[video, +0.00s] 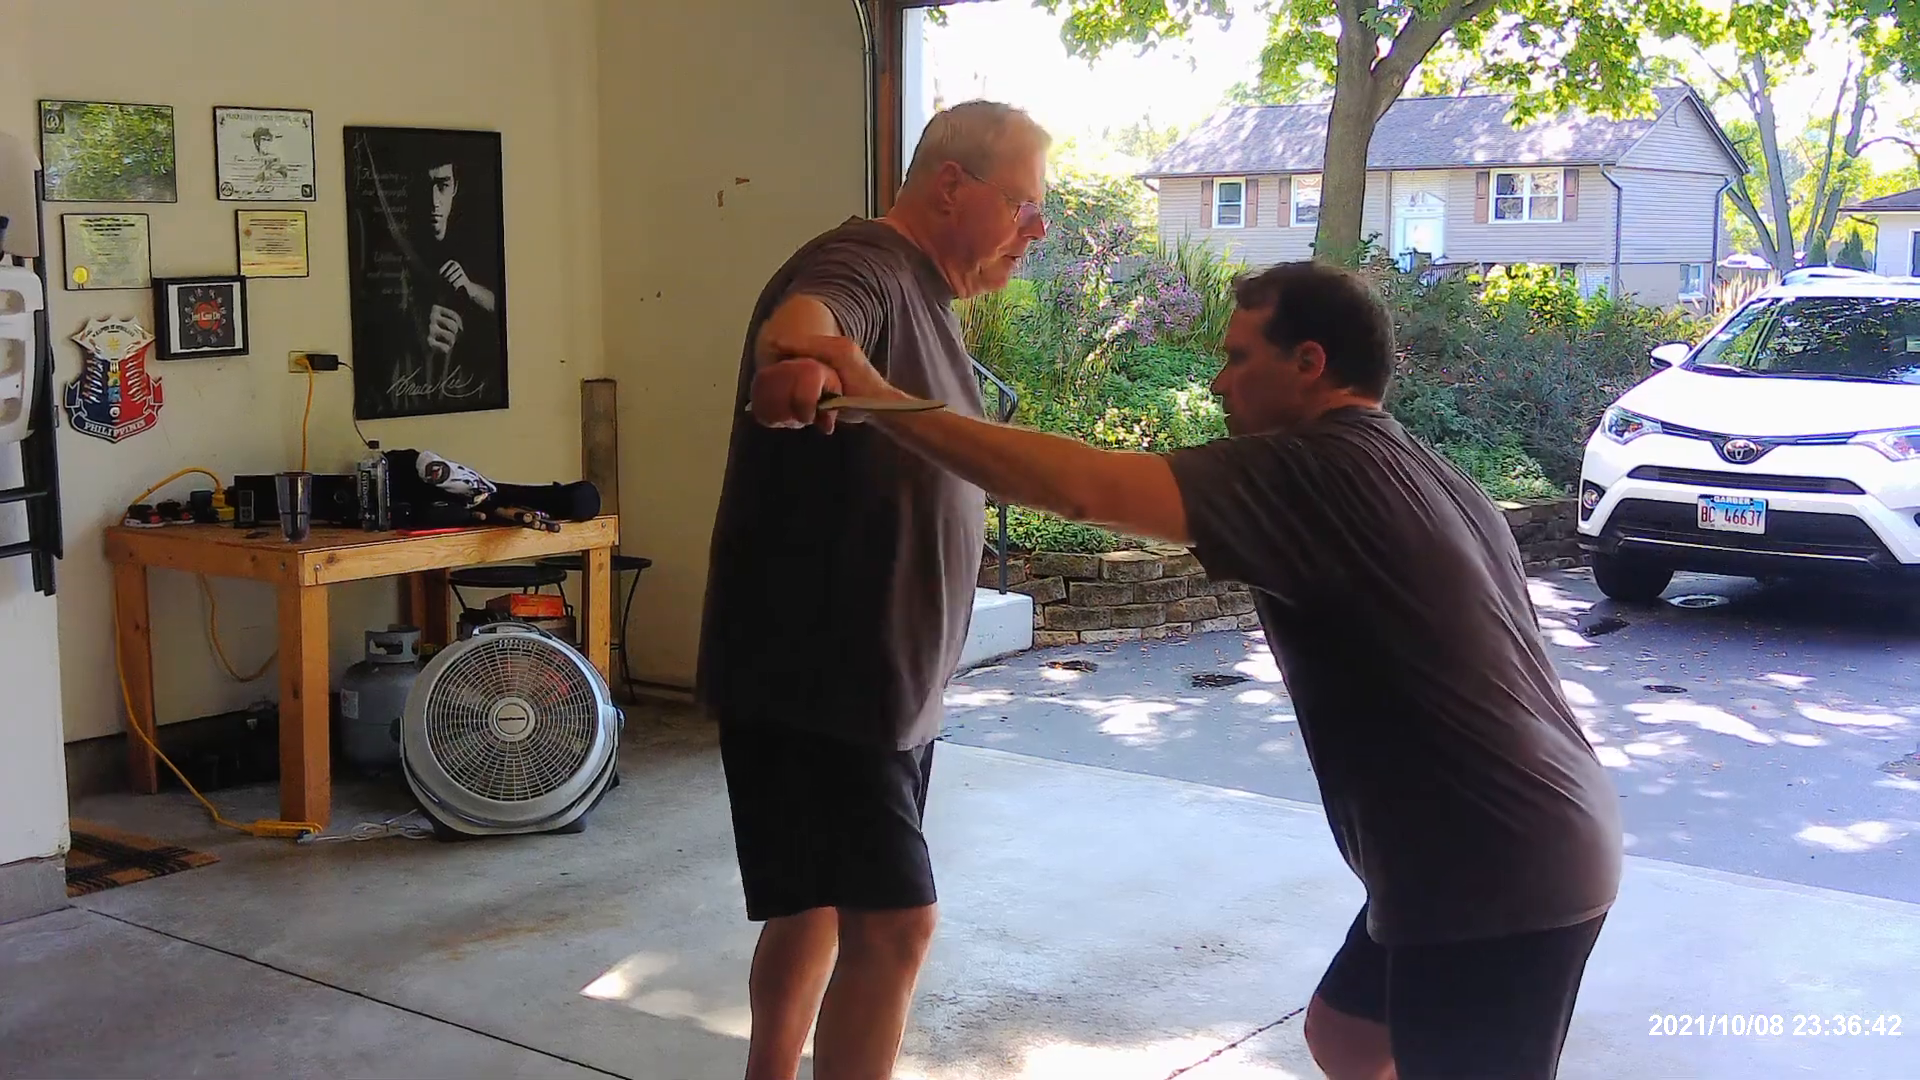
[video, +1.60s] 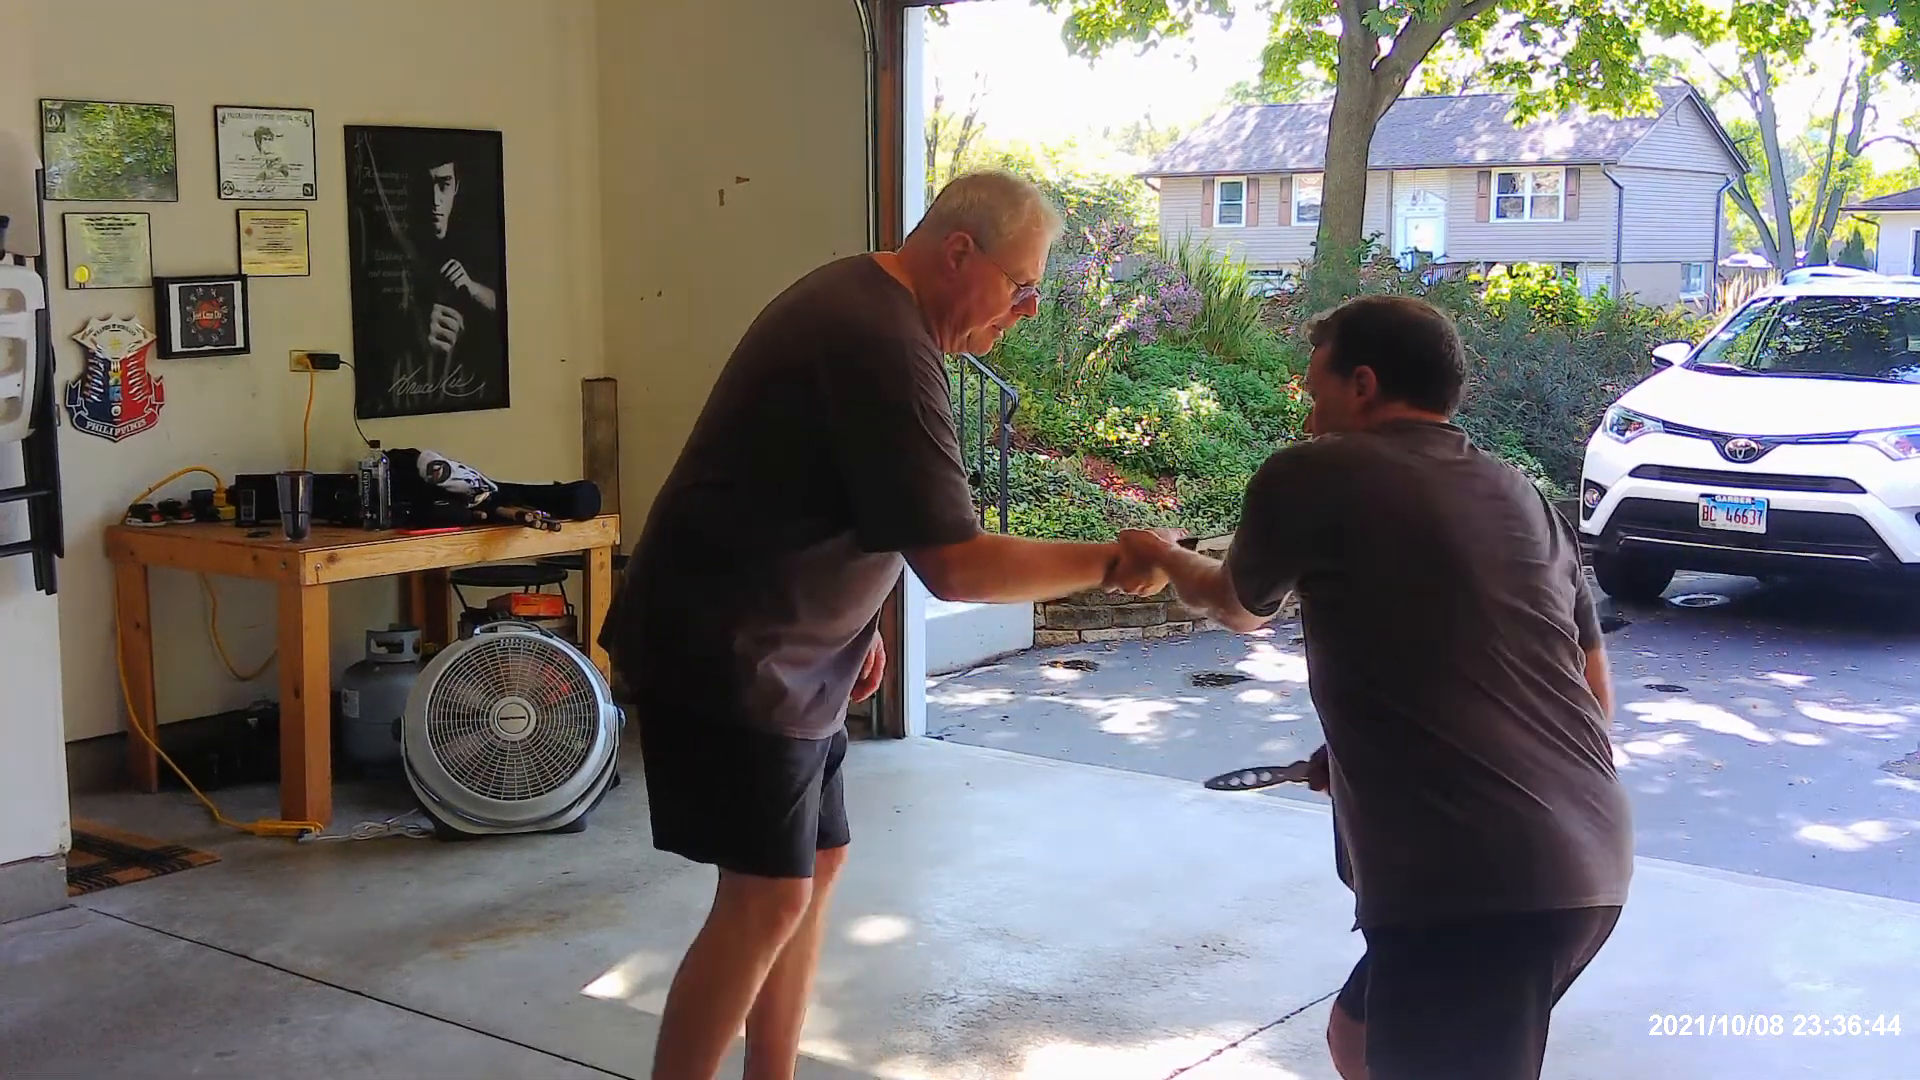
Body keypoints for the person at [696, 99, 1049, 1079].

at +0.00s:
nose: (1035, 233)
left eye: (1040, 211)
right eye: (1026, 205)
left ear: (953, 193)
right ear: (952, 186)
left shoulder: (923, 302)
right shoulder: (861, 262)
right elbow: (802, 314)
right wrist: (797, 359)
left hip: (881, 679)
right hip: (813, 681)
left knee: (807, 911)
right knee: (895, 924)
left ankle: (771, 1070)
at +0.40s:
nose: (1042, 269)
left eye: (1050, 251)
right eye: (1038, 243)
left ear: (972, 214)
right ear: (971, 209)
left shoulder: (926, 313)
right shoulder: (870, 284)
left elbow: (898, 498)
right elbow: (808, 386)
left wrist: (945, 635)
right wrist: (806, 468)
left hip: (858, 682)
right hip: (803, 686)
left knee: (807, 904)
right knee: (885, 925)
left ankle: (771, 1069)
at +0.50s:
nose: (1046, 275)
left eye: (1053, 256)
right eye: (1042, 248)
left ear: (974, 219)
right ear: (976, 216)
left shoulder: (923, 315)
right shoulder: (878, 297)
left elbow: (893, 490)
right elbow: (814, 422)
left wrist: (945, 623)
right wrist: (823, 551)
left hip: (846, 672)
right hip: (799, 677)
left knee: (805, 901)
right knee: (883, 921)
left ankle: (771, 1067)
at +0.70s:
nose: (1047, 291)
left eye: (1055, 272)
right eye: (1044, 264)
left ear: (973, 228)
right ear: (978, 228)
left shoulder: (907, 309)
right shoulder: (886, 321)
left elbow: (895, 498)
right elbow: (837, 507)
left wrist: (950, 612)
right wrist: (882, 697)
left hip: (795, 656)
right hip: (788, 668)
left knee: (806, 888)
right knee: (882, 918)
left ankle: (771, 1067)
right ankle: (839, 1067)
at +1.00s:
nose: (1036, 297)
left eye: (1044, 279)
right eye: (1033, 272)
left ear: (958, 237)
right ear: (967, 238)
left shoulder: (860, 297)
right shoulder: (885, 339)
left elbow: (892, 525)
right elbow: (898, 574)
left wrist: (943, 595)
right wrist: (1016, 737)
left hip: (751, 655)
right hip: (773, 675)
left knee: (795, 889)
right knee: (862, 914)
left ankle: (770, 1069)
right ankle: (825, 1071)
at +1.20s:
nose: (1027, 297)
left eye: (1035, 277)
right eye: (1023, 271)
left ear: (948, 242)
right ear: (957, 241)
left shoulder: (840, 295)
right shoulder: (887, 342)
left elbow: (813, 470)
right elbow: (954, 578)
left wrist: (894, 590)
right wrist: (1099, 654)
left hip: (747, 646)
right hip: (765, 668)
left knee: (795, 889)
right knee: (850, 908)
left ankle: (770, 1068)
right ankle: (822, 1076)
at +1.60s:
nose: (1022, 311)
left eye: (1030, 293)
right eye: (1020, 286)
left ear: (950, 253)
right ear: (956, 250)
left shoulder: (870, 305)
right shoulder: (878, 336)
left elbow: (811, 480)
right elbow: (953, 566)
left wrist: (862, 610)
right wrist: (1110, 560)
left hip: (798, 641)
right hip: (727, 645)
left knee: (818, 859)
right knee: (768, 888)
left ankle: (768, 1072)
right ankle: (678, 1075)